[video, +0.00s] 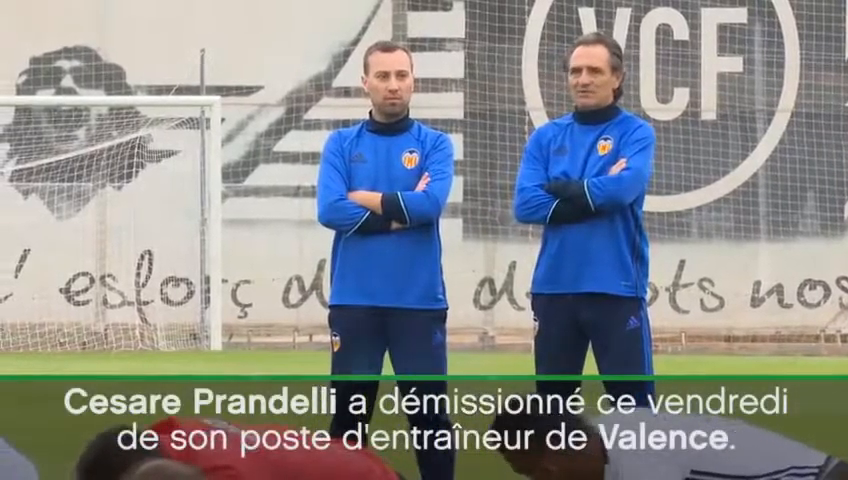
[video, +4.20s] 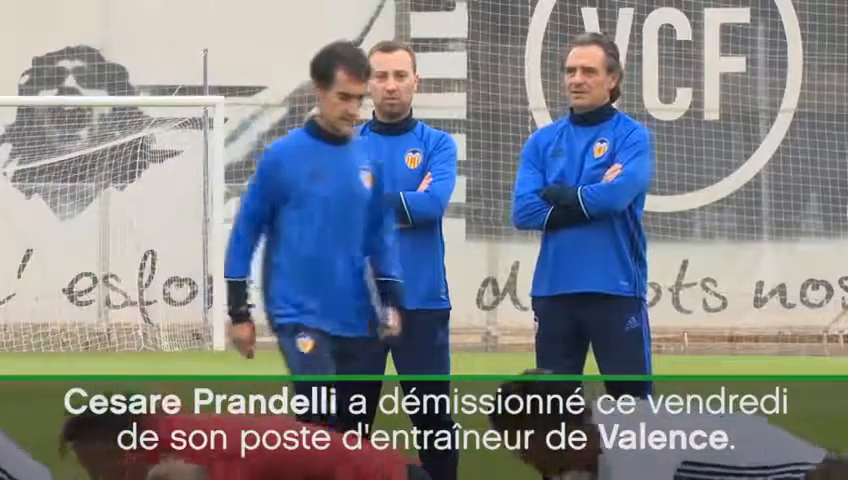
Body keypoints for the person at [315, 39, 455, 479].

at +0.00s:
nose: (393, 85)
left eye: (402, 76)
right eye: (382, 76)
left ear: (413, 83)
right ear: (365, 84)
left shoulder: (436, 143)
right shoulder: (341, 142)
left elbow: (429, 206)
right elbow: (330, 211)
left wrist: (358, 197)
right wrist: (403, 212)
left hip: (419, 301)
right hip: (354, 301)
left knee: (430, 416)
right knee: (348, 416)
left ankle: (438, 478)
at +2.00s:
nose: (396, 84)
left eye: (405, 75)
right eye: (386, 76)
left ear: (417, 82)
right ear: (369, 83)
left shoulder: (439, 143)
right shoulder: (345, 142)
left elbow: (433, 206)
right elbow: (333, 211)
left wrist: (361, 196)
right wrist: (406, 213)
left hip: (423, 302)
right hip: (358, 301)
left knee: (434, 417)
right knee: (352, 418)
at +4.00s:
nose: (391, 85)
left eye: (401, 76)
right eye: (381, 77)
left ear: (416, 82)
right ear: (368, 84)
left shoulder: (438, 143)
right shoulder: (344, 142)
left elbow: (432, 206)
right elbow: (338, 212)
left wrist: (363, 197)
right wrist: (406, 213)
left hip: (423, 302)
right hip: (360, 303)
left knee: (432, 415)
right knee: (351, 416)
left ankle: (443, 479)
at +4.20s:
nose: (391, 86)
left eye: (400, 76)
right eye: (381, 77)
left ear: (416, 82)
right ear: (368, 84)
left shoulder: (438, 144)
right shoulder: (349, 143)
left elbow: (432, 206)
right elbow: (339, 203)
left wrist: (367, 199)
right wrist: (411, 195)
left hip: (422, 300)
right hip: (359, 300)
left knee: (434, 417)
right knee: (350, 420)